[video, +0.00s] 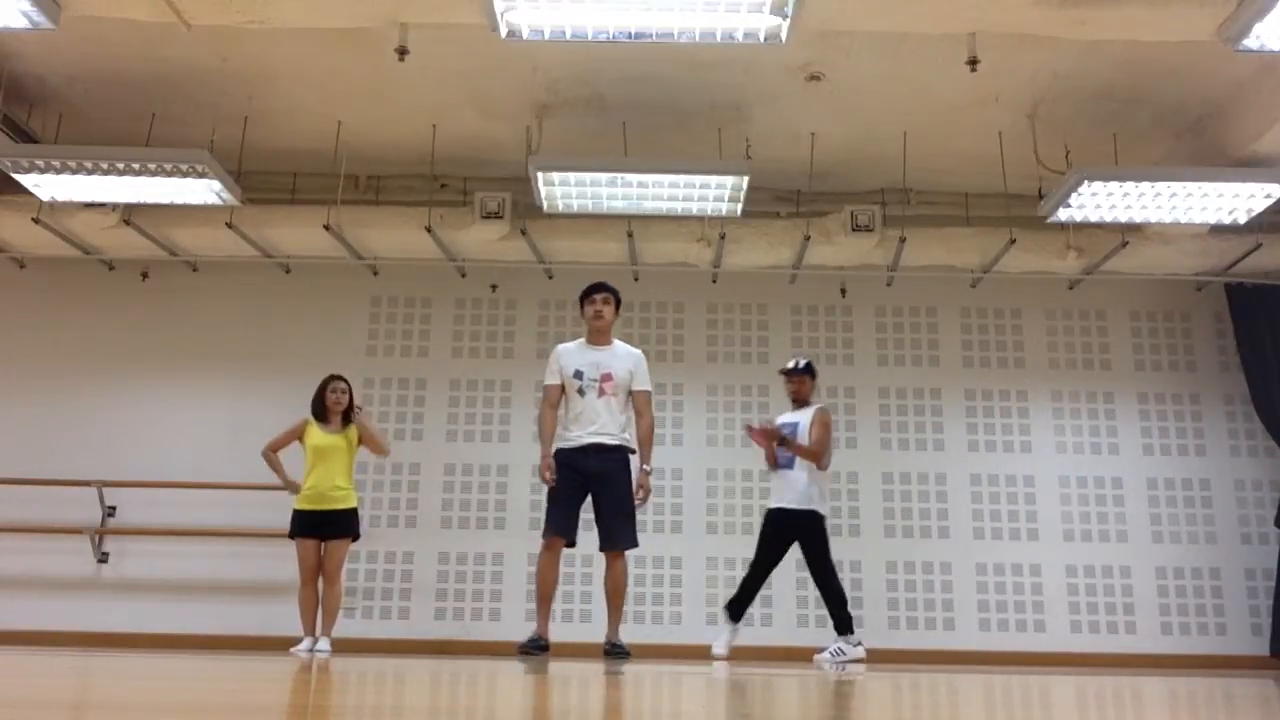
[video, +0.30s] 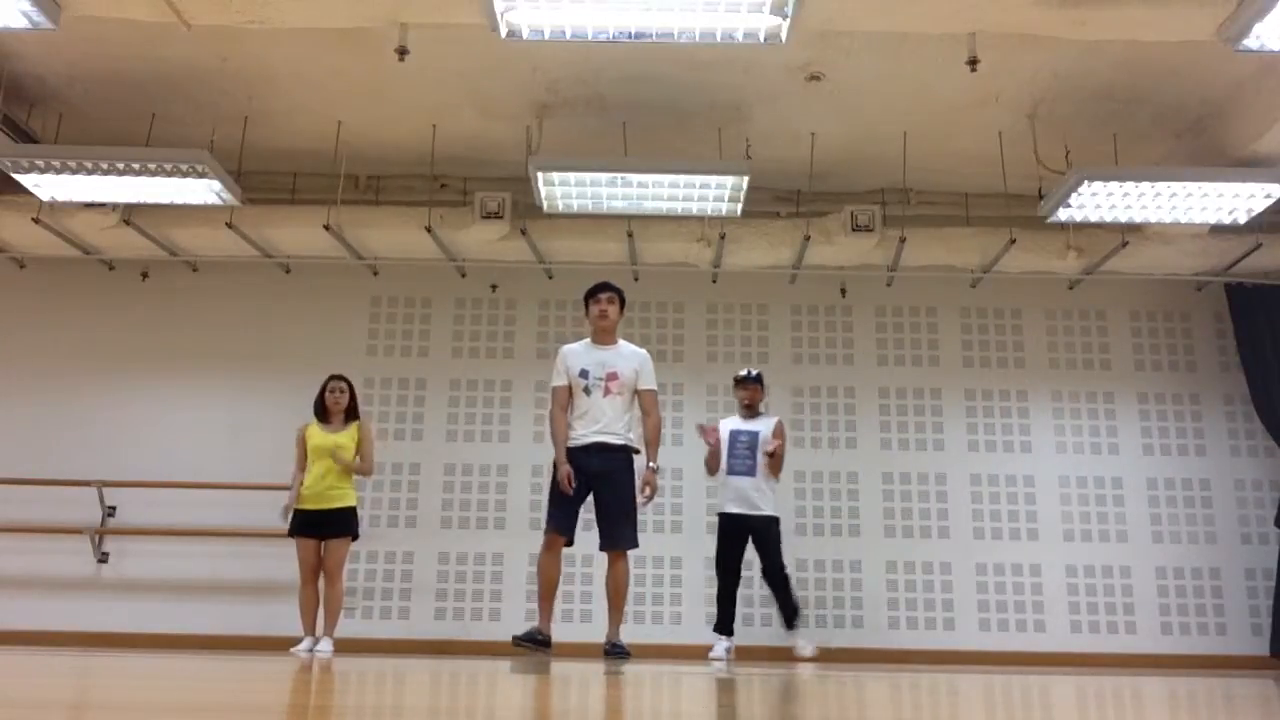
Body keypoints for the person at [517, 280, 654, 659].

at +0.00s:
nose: (598, 309)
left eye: (605, 304)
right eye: (592, 304)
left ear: (616, 312)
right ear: (582, 311)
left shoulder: (633, 358)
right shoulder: (562, 353)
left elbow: (644, 414)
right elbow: (550, 406)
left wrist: (644, 469)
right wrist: (546, 453)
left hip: (614, 459)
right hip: (569, 457)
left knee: (615, 550)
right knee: (552, 542)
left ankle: (614, 635)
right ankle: (541, 632)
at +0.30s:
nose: (603, 308)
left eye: (610, 303)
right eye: (597, 303)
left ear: (621, 312)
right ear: (587, 311)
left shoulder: (638, 357)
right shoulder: (568, 355)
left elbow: (651, 413)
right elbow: (559, 409)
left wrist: (651, 465)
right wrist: (561, 458)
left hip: (618, 458)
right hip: (575, 455)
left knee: (617, 549)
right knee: (553, 539)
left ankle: (614, 635)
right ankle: (543, 628)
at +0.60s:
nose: (588, 306)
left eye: (595, 301)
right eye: (582, 301)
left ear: (606, 310)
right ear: (572, 311)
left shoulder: (624, 356)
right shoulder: (553, 354)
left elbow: (634, 411)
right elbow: (543, 409)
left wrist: (632, 461)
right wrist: (541, 459)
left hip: (606, 456)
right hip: (562, 454)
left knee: (609, 550)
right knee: (548, 546)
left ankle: (612, 636)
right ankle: (539, 635)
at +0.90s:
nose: (576, 304)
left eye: (584, 299)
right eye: (570, 299)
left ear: (594, 309)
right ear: (559, 309)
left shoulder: (612, 353)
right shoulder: (542, 353)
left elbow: (622, 406)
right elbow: (528, 411)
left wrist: (617, 451)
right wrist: (523, 466)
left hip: (598, 455)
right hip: (554, 456)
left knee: (608, 538)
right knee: (544, 547)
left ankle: (611, 628)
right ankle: (539, 635)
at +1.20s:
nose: (588, 307)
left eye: (595, 301)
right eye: (582, 302)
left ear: (607, 311)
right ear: (572, 312)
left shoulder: (625, 356)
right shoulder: (556, 355)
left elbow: (635, 412)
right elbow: (541, 409)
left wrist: (630, 464)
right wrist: (533, 458)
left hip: (606, 457)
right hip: (561, 455)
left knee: (609, 549)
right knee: (541, 533)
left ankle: (608, 635)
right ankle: (534, 621)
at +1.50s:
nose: (587, 307)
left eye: (594, 302)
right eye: (581, 302)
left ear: (605, 311)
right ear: (570, 312)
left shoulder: (621, 357)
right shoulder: (551, 353)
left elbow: (634, 409)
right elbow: (536, 409)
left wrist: (637, 456)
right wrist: (532, 464)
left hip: (601, 457)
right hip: (556, 456)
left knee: (606, 549)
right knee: (546, 547)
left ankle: (609, 636)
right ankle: (538, 635)